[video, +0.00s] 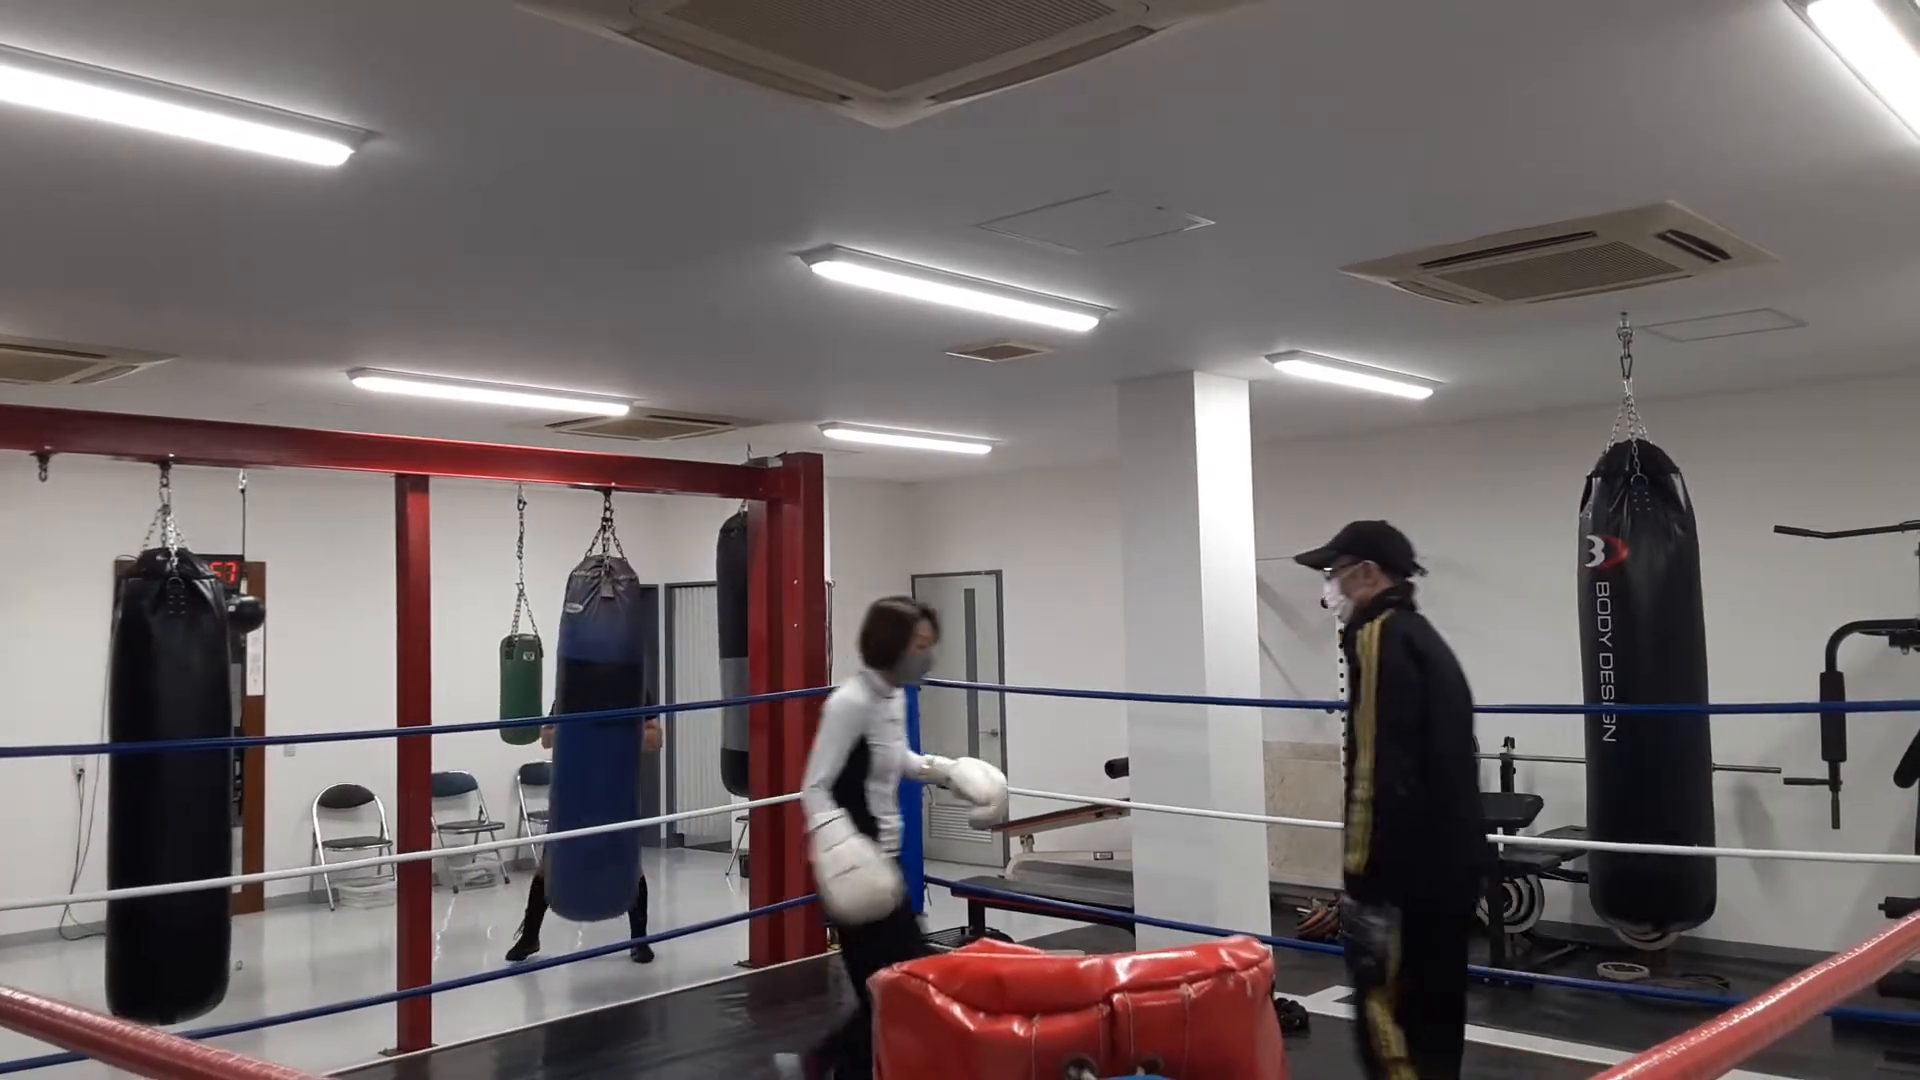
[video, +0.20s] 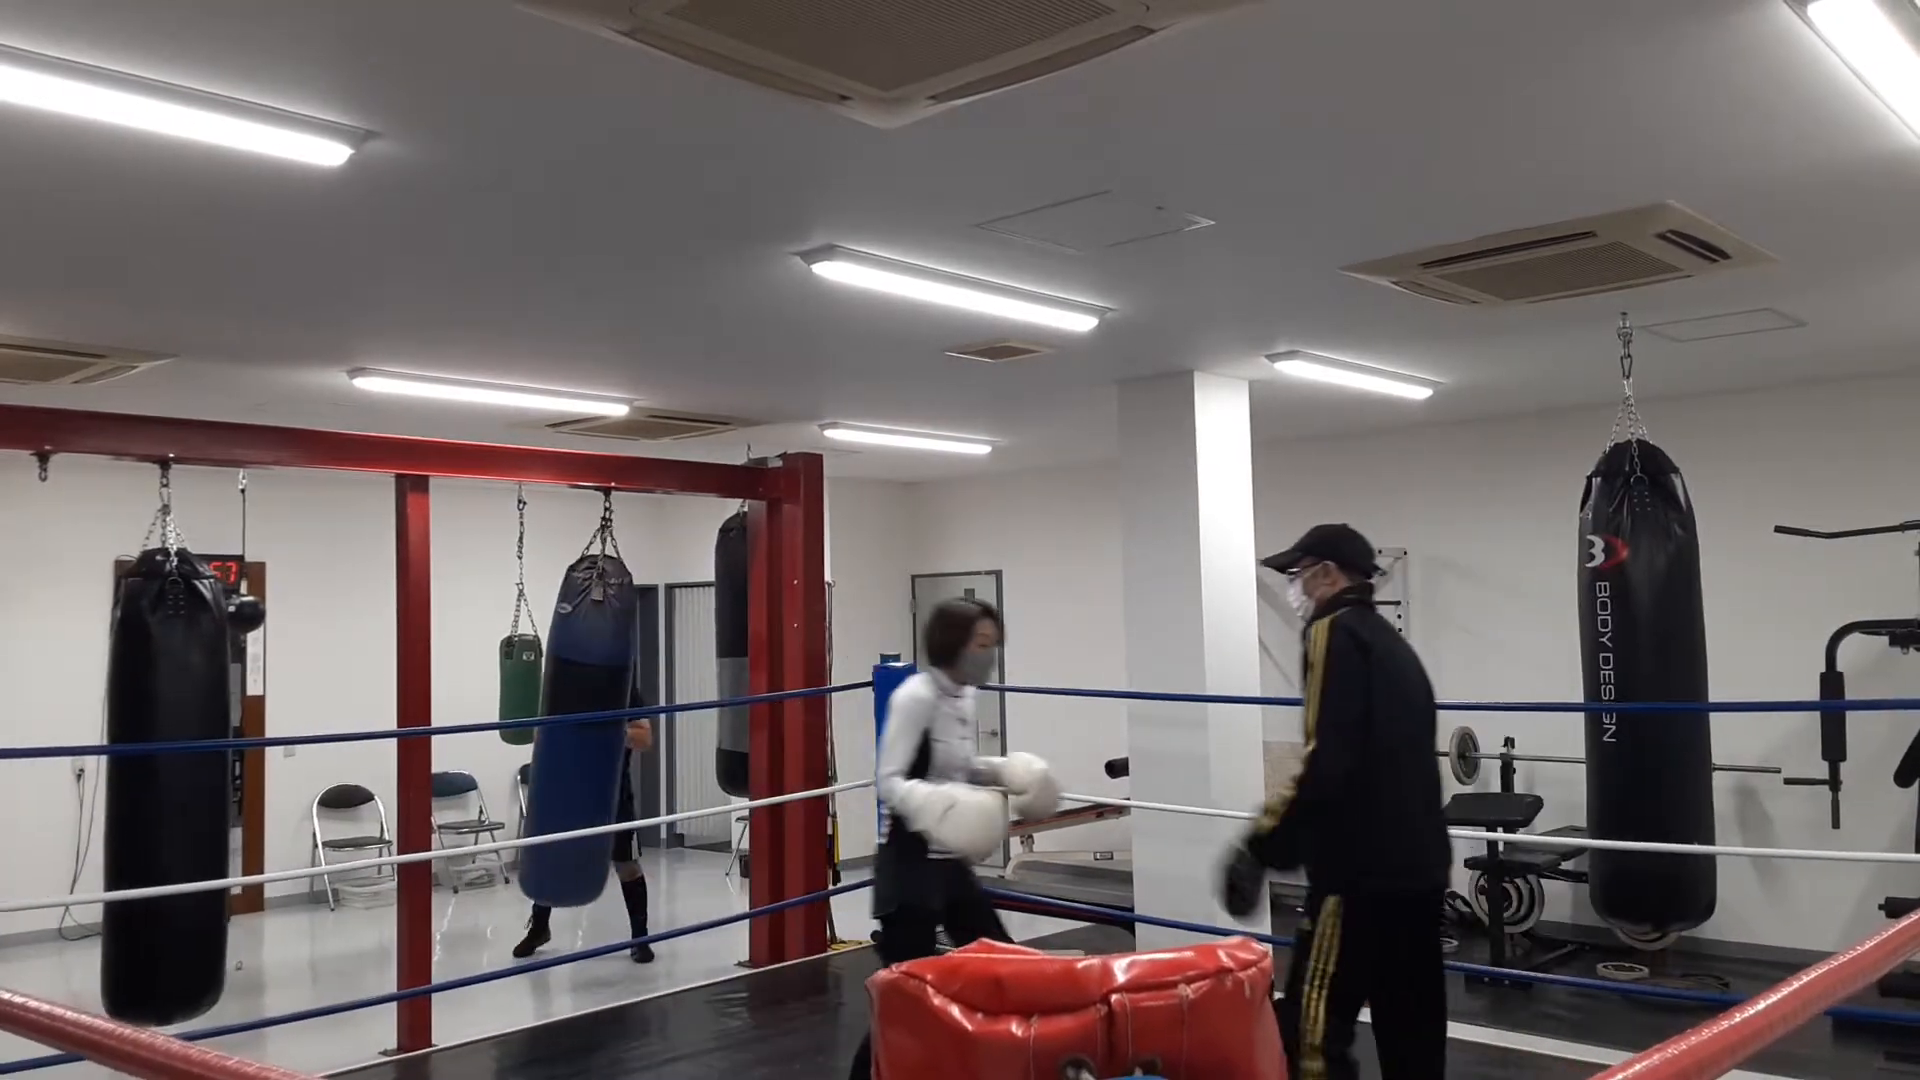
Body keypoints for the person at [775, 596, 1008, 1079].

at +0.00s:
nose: (929, 656)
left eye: (931, 646)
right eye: (922, 646)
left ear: (915, 646)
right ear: (894, 647)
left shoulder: (894, 695)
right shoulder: (850, 701)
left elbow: (895, 759)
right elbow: (815, 791)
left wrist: (949, 772)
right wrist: (852, 859)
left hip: (886, 859)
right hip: (857, 865)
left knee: (889, 988)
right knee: (906, 979)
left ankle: (847, 1065)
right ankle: (821, 1061)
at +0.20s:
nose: (989, 653)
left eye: (992, 644)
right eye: (982, 643)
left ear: (988, 647)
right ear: (954, 643)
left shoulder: (965, 695)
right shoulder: (915, 695)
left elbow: (959, 767)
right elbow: (889, 781)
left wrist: (1008, 776)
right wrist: (946, 807)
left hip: (948, 858)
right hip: (909, 860)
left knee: (999, 962)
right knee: (912, 979)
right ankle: (866, 1070)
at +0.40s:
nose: (1066, 666)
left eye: (1068, 657)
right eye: (1056, 656)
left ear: (1071, 658)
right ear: (1028, 657)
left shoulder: (1053, 713)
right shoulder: (984, 709)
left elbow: (1053, 789)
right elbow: (956, 788)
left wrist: (1103, 775)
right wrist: (1012, 774)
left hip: (1020, 863)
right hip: (969, 866)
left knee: (1066, 956)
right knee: (954, 971)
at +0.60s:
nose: (1104, 654)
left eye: (1111, 646)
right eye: (1094, 642)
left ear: (1118, 650)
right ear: (1068, 641)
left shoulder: (1102, 703)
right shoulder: (1021, 688)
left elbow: (1109, 779)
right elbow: (992, 770)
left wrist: (1100, 758)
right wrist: (1027, 746)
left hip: (1051, 848)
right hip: (995, 844)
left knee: (1078, 962)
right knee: (962, 959)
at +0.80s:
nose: (1100, 642)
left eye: (1109, 634)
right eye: (1091, 629)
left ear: (1117, 641)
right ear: (1069, 630)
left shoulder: (1110, 693)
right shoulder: (1023, 681)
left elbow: (1123, 769)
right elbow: (982, 751)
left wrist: (1086, 798)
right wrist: (1021, 770)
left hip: (1066, 842)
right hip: (1005, 837)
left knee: (1077, 958)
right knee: (980, 951)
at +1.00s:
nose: (1067, 631)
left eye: (1078, 626)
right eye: (1058, 621)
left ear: (1090, 639)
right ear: (1039, 627)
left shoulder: (1093, 690)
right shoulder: (1002, 683)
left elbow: (1115, 758)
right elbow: (973, 744)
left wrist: (1096, 807)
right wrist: (991, 784)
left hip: (1068, 839)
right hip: (1004, 835)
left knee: (1071, 956)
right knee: (984, 949)